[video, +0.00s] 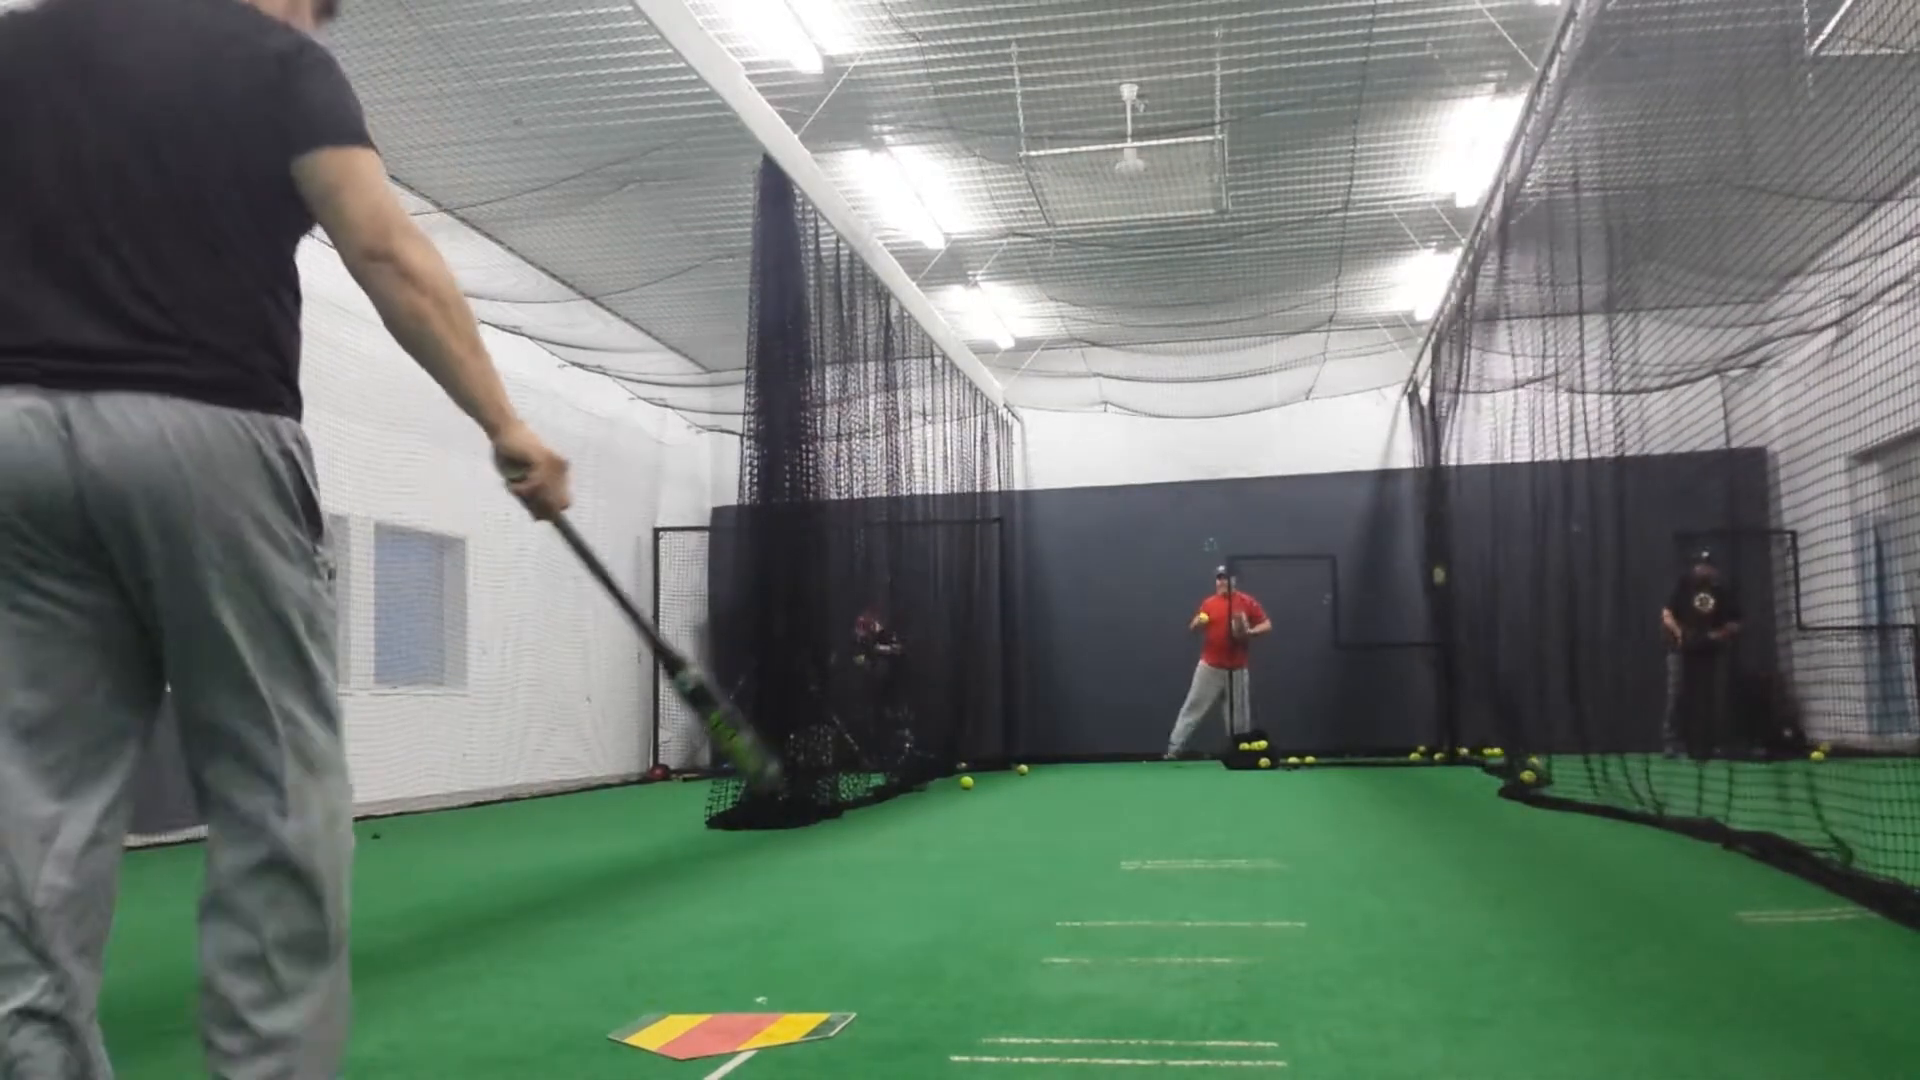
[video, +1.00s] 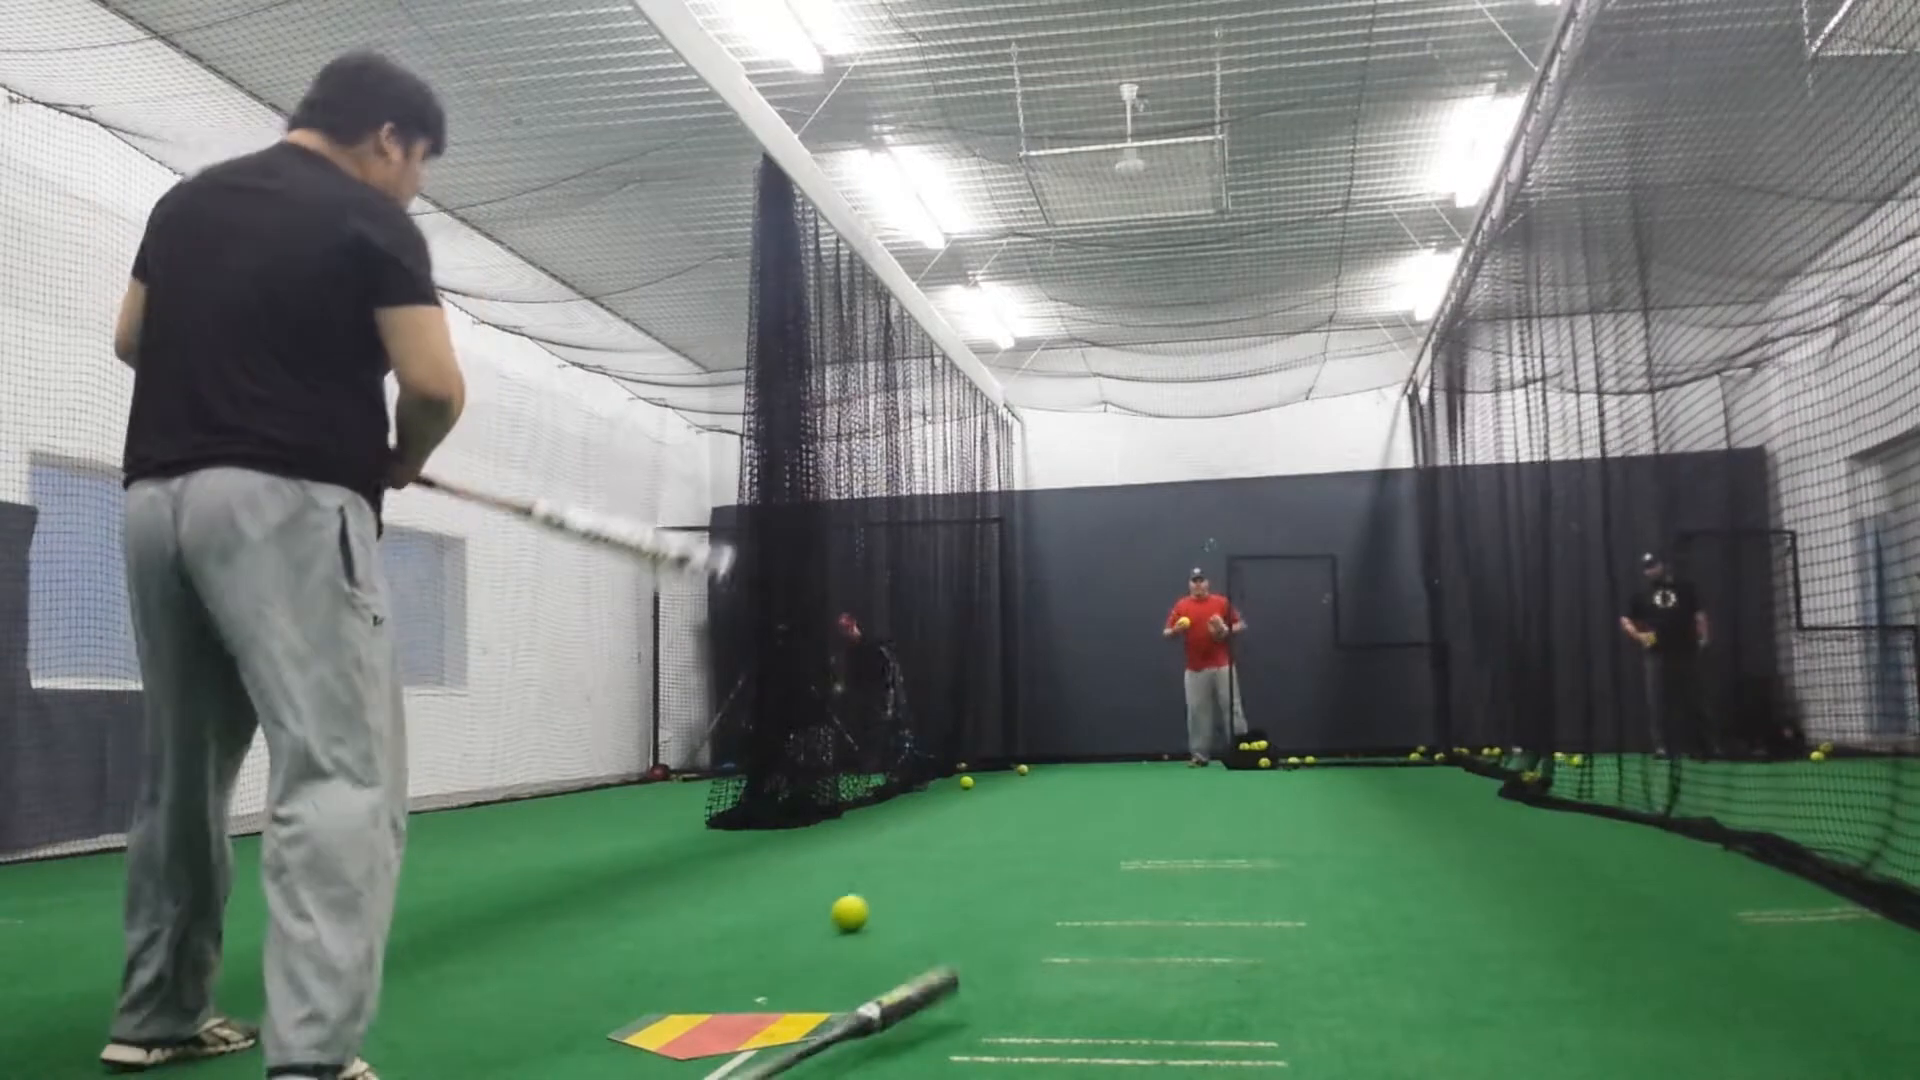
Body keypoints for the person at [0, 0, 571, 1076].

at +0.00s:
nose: (320, 33)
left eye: (324, 22)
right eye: (322, 20)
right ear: (289, 1)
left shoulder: (24, 36)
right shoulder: (280, 57)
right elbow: (386, 252)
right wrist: (505, 422)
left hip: (17, 436)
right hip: (201, 439)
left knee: (46, 773)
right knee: (272, 767)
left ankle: (34, 1055)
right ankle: (272, 1057)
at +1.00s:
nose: (414, 194)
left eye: (423, 176)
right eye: (419, 171)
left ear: (309, 123)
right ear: (384, 140)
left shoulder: (191, 193)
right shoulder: (373, 220)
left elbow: (131, 333)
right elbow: (437, 389)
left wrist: (226, 392)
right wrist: (406, 455)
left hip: (156, 503)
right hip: (280, 500)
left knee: (184, 768)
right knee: (336, 774)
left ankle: (156, 1015)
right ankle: (314, 1052)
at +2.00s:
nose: (393, 214)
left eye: (399, 197)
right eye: (391, 192)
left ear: (307, 168)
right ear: (346, 167)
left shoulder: (221, 227)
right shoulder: (331, 231)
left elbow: (264, 379)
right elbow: (388, 384)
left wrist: (388, 416)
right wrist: (440, 379)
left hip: (134, 497)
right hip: (238, 507)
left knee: (156, 767)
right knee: (257, 765)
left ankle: (150, 1009)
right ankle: (245, 1015)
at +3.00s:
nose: (400, 198)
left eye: (403, 179)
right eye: (401, 176)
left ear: (299, 152)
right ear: (371, 162)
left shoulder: (222, 223)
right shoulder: (347, 255)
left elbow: (249, 383)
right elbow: (377, 418)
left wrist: (396, 428)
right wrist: (450, 442)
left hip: (130, 504)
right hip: (230, 517)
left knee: (147, 767)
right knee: (247, 769)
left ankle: (151, 1003)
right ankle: (243, 1021)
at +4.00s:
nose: (262, 185)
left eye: (258, 168)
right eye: (258, 167)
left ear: (162, 165)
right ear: (233, 160)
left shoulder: (146, 237)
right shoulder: (204, 226)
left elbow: (217, 418)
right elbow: (217, 343)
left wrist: (333, 418)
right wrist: (341, 387)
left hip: (106, 516)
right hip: (167, 518)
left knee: (142, 769)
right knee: (220, 758)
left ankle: (153, 1009)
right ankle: (237, 1004)